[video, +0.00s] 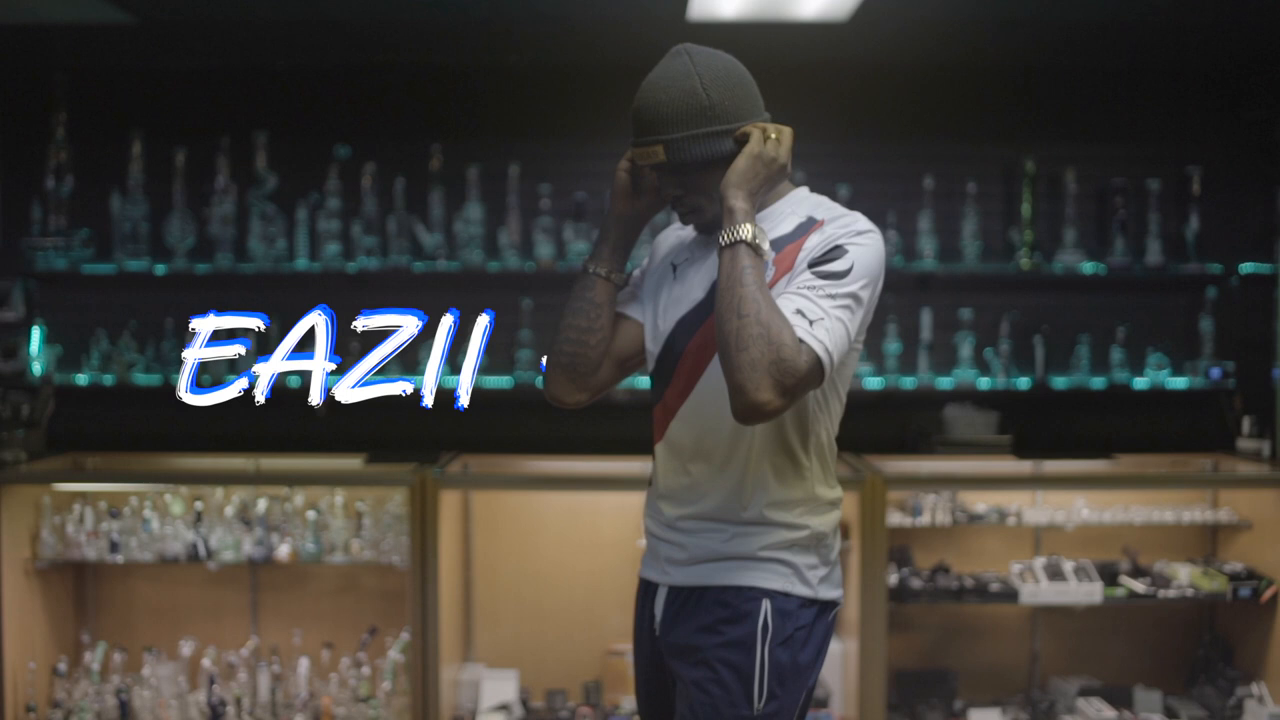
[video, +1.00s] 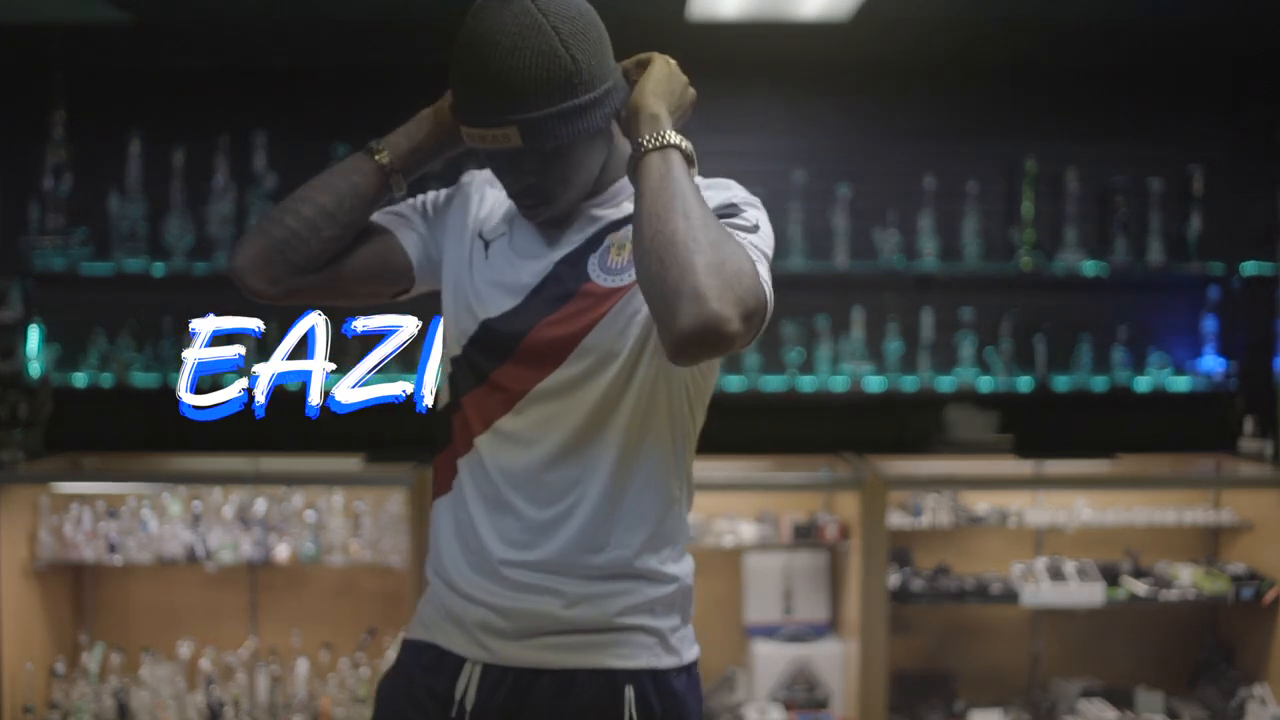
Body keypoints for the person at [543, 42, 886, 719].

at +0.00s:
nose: (675, 210)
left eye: (686, 188)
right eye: (666, 192)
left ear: (743, 156)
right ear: (660, 178)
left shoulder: (845, 240)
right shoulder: (676, 244)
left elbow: (759, 390)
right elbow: (570, 384)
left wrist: (739, 208)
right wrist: (620, 222)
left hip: (764, 583)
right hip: (665, 576)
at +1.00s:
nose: (520, 180)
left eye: (546, 149)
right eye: (500, 155)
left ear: (610, 117)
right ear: (477, 139)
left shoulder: (712, 213)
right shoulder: (465, 214)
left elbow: (699, 323)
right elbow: (263, 269)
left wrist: (655, 126)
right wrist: (431, 131)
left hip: (617, 670)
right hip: (444, 657)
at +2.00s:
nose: (305, 106)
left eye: (335, 72)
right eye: (272, 75)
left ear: (377, 57)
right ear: (222, 69)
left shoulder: (492, 197)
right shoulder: (154, 260)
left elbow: (575, 449)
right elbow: (146, 552)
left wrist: (669, 676)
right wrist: (130, 718)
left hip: (508, 678)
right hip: (296, 691)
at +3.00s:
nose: (760, 137)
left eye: (793, 106)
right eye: (728, 102)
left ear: (829, 84)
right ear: (669, 66)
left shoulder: (884, 228)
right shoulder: (549, 210)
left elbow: (915, 504)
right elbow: (481, 486)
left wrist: (961, 704)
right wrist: (419, 707)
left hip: (789, 688)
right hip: (581, 686)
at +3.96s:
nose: (553, 133)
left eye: (582, 104)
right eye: (523, 102)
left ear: (622, 84)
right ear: (476, 84)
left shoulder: (706, 222)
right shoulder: (394, 240)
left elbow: (753, 484)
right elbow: (355, 506)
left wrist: (820, 700)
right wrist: (304, 709)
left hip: (667, 682)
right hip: (467, 688)